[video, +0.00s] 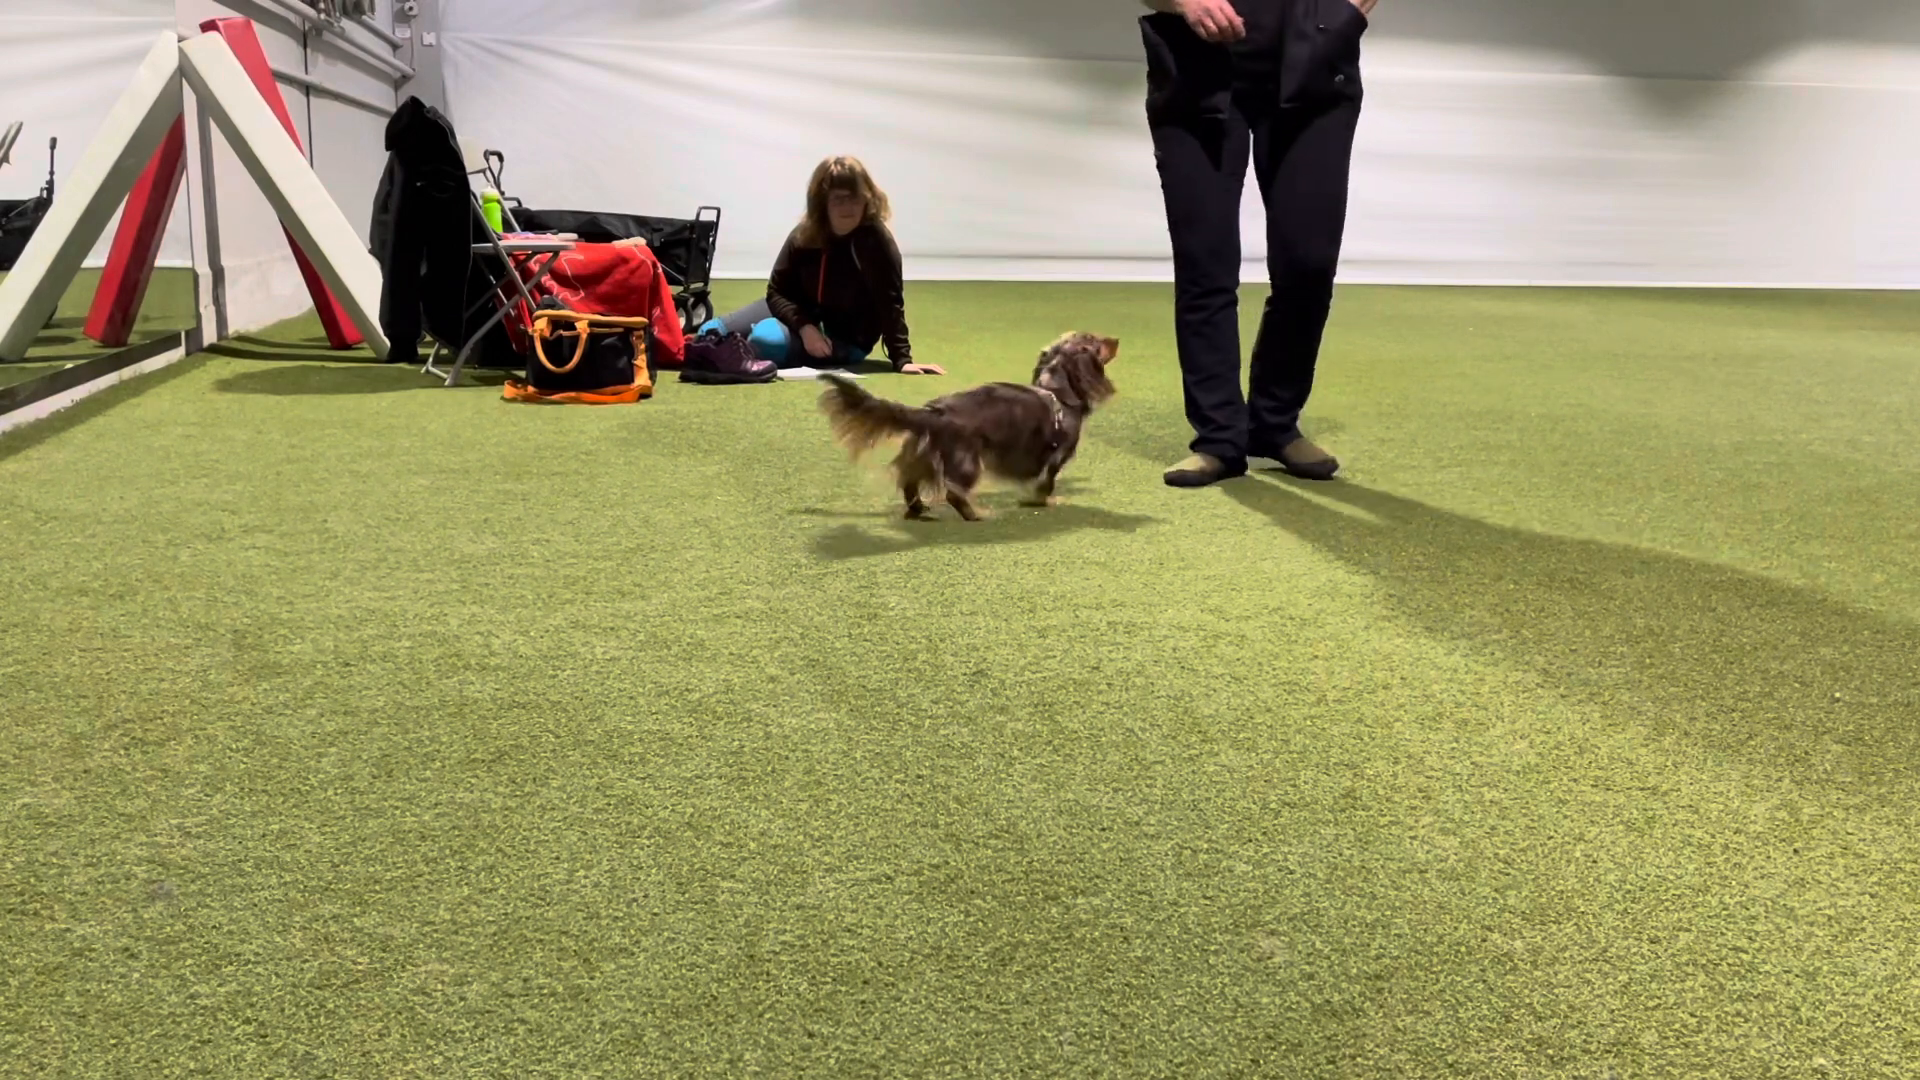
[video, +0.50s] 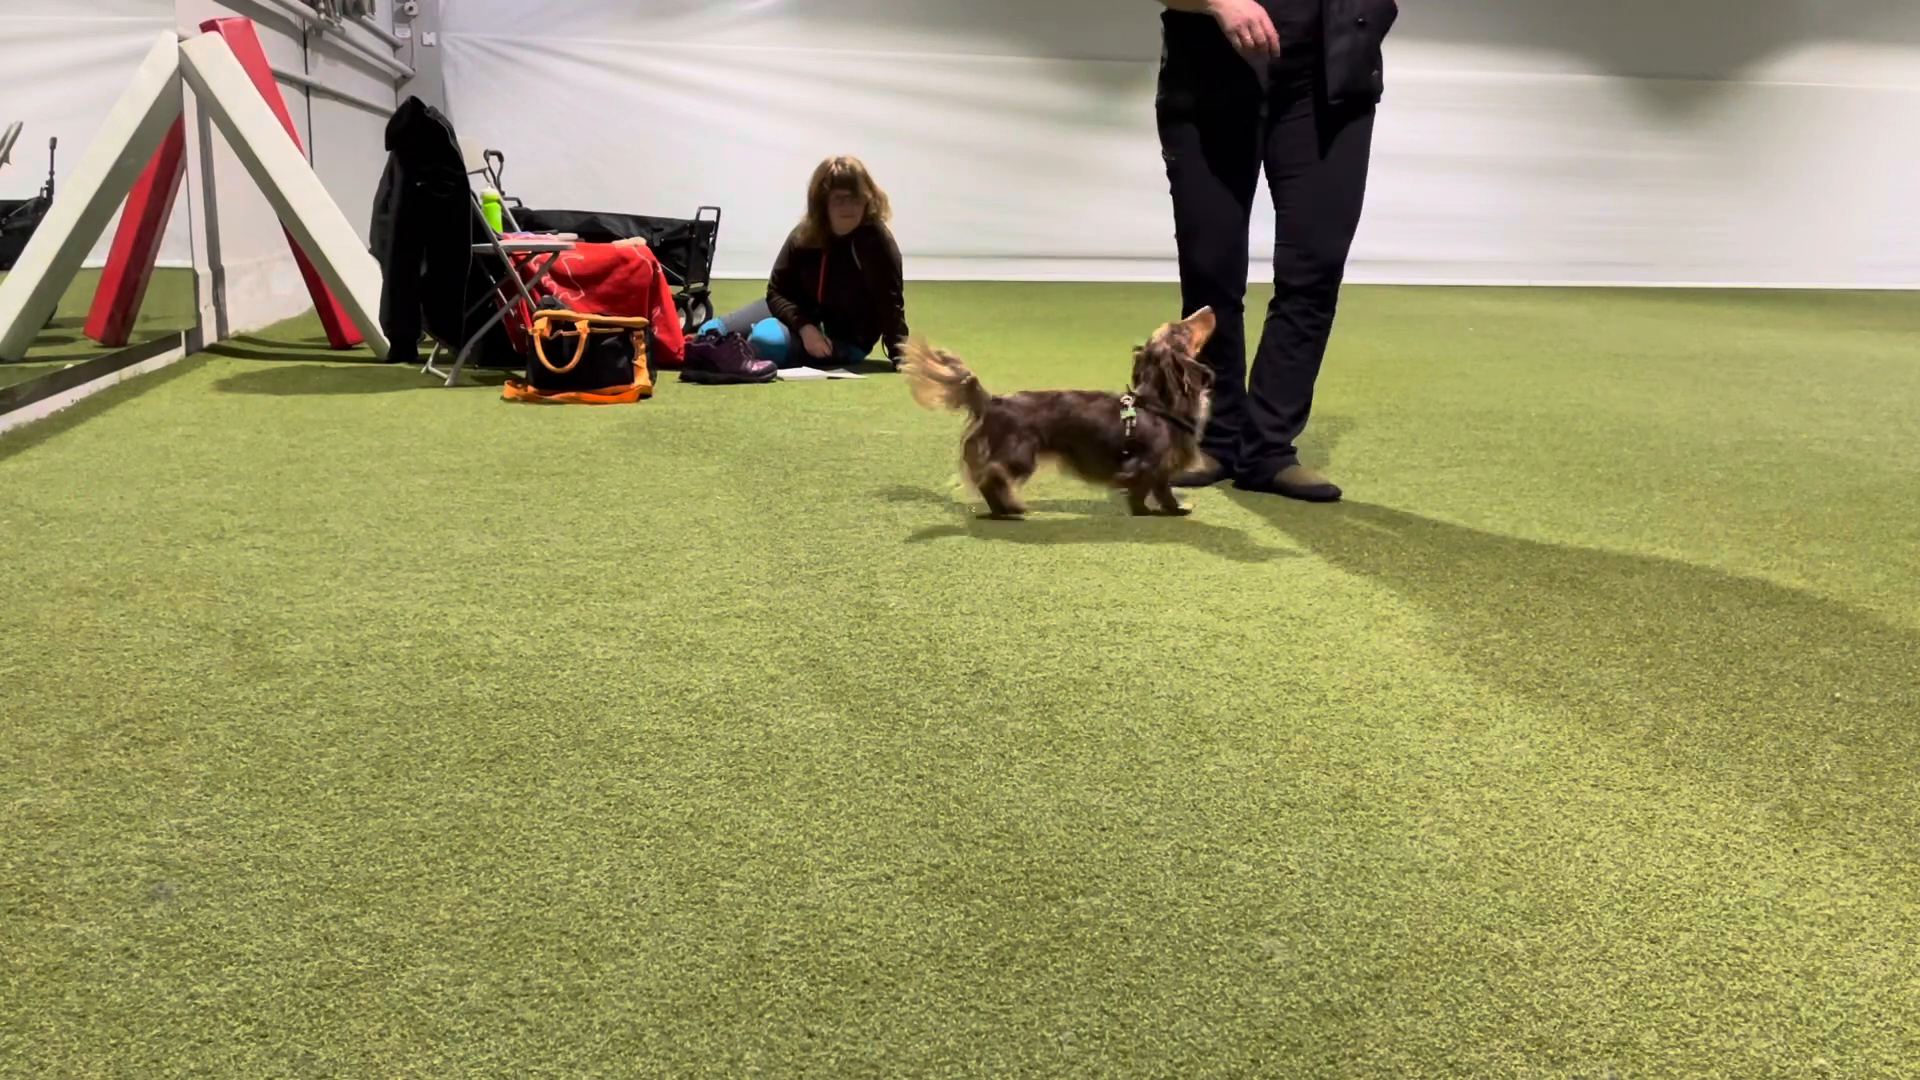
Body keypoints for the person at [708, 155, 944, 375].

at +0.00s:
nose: (847, 205)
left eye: (854, 197)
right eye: (838, 198)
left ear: (866, 200)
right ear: (822, 202)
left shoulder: (877, 242)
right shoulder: (804, 237)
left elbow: (891, 302)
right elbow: (777, 292)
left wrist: (902, 360)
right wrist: (804, 328)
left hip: (842, 337)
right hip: (796, 313)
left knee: (765, 336)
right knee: (711, 332)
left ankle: (731, 345)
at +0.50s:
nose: (847, 207)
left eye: (855, 198)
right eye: (838, 199)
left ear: (867, 201)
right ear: (822, 202)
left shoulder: (878, 243)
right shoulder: (805, 236)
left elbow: (892, 303)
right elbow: (777, 293)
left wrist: (902, 357)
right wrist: (804, 327)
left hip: (843, 337)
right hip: (796, 312)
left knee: (766, 338)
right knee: (713, 331)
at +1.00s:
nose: (848, 206)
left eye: (855, 197)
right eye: (839, 198)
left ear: (867, 200)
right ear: (823, 201)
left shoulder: (878, 242)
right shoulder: (804, 237)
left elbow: (892, 302)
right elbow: (777, 292)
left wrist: (902, 360)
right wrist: (804, 327)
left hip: (841, 337)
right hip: (795, 312)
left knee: (765, 337)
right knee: (711, 332)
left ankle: (732, 344)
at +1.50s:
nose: (848, 205)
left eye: (855, 196)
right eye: (839, 198)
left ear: (867, 200)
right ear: (823, 202)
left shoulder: (877, 242)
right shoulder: (804, 237)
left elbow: (892, 302)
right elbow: (777, 292)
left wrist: (902, 360)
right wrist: (804, 328)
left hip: (842, 337)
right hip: (796, 313)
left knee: (765, 337)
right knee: (711, 332)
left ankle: (732, 345)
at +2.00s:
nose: (847, 205)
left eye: (855, 196)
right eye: (838, 198)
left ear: (866, 200)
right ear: (822, 201)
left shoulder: (877, 242)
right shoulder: (804, 237)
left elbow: (891, 302)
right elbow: (777, 292)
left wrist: (902, 360)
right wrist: (804, 327)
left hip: (842, 338)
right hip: (796, 313)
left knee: (765, 337)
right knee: (712, 331)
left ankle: (732, 346)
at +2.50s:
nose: (847, 206)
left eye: (854, 197)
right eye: (838, 198)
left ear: (866, 200)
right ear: (822, 202)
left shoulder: (877, 242)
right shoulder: (804, 237)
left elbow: (891, 302)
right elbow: (777, 293)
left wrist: (903, 360)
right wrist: (804, 327)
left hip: (842, 338)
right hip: (795, 313)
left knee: (765, 336)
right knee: (712, 331)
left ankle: (733, 345)